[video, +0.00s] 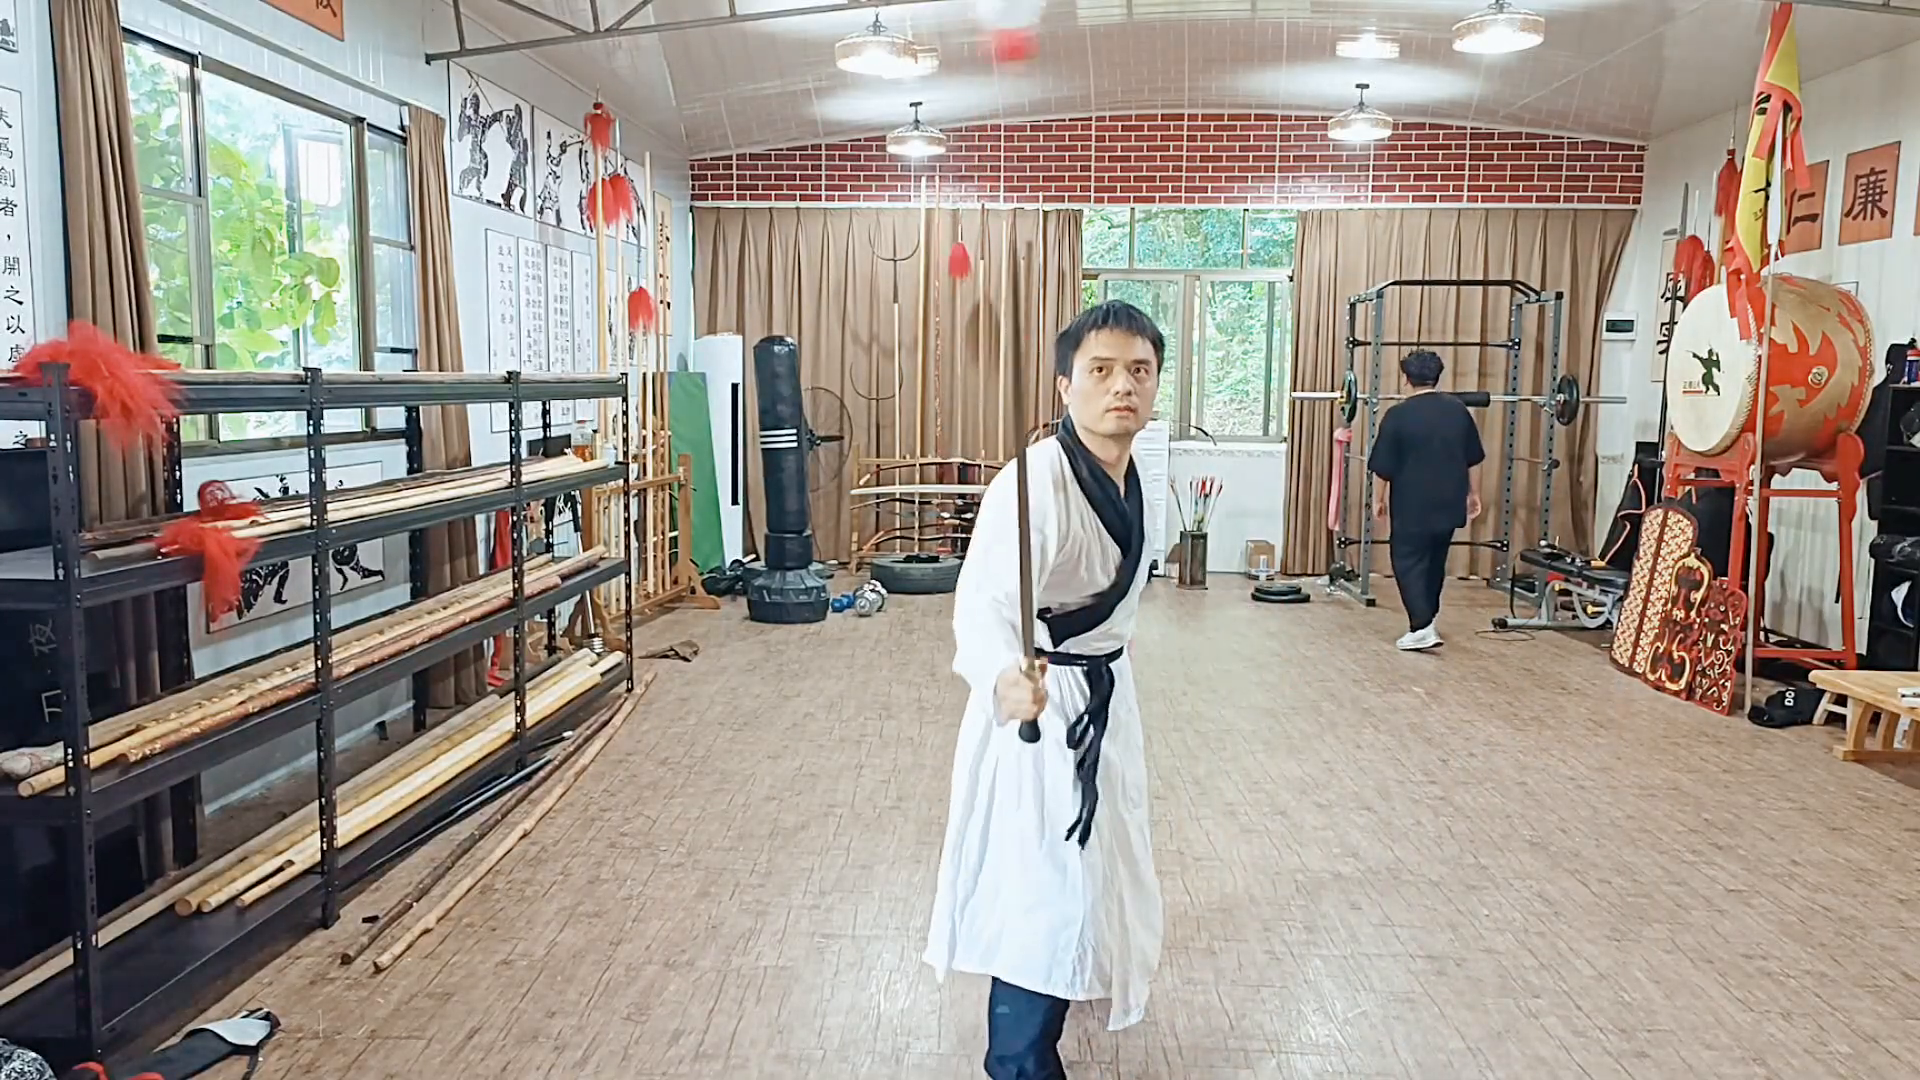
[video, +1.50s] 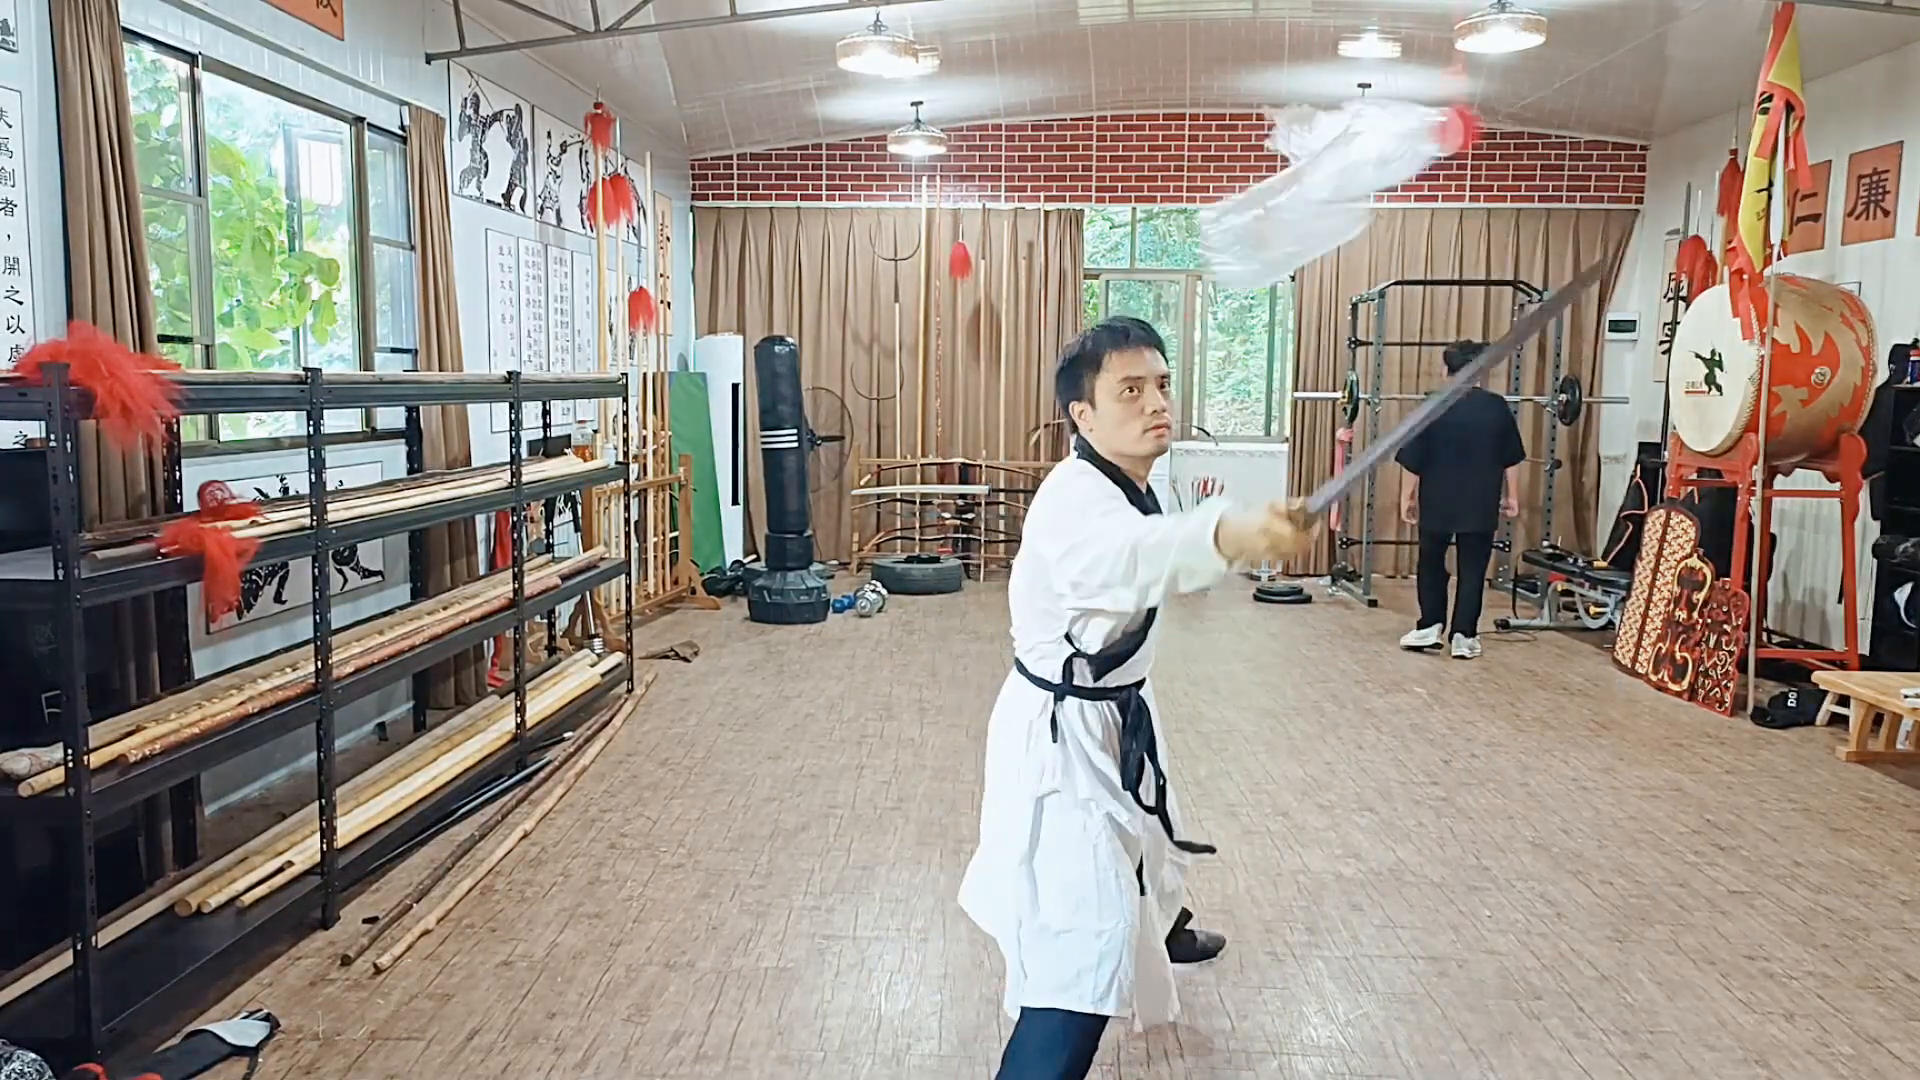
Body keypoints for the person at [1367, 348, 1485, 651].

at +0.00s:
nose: (1403, 380)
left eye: (1404, 376)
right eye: (1405, 376)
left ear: (1407, 379)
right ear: (1437, 377)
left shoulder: (1397, 414)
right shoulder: (1457, 408)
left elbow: (1382, 465)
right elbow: (1473, 457)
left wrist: (1380, 499)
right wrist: (1474, 491)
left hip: (1411, 505)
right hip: (1448, 503)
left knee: (1407, 563)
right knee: (1435, 562)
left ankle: (1422, 628)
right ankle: (1425, 623)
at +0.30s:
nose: (1403, 378)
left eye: (1404, 374)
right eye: (1404, 374)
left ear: (1409, 378)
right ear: (1438, 376)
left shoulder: (1400, 413)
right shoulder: (1457, 407)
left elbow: (1382, 464)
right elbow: (1471, 457)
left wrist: (1380, 495)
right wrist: (1462, 487)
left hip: (1411, 505)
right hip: (1450, 504)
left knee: (1407, 563)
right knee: (1437, 564)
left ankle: (1422, 629)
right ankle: (1427, 625)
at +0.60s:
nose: (1400, 378)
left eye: (1401, 374)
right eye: (1401, 374)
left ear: (1407, 377)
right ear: (1436, 375)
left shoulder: (1399, 412)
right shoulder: (1459, 408)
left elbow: (1380, 467)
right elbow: (1472, 460)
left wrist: (1370, 505)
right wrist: (1466, 501)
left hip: (1409, 509)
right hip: (1450, 509)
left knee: (1411, 569)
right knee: (1442, 565)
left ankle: (1424, 633)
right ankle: (1432, 619)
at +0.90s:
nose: (1403, 375)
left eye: (1404, 370)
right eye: (1404, 370)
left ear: (1410, 372)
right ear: (1441, 370)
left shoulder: (1399, 408)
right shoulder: (1466, 406)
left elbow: (1382, 462)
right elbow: (1482, 456)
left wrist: (1376, 499)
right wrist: (1486, 488)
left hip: (1414, 506)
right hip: (1455, 504)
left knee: (1410, 569)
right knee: (1453, 567)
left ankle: (1424, 632)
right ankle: (1459, 623)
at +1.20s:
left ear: (1439, 376)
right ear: (1476, 378)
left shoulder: (1427, 410)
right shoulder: (1489, 410)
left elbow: (1408, 457)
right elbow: (1507, 454)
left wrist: (1401, 497)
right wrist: (1506, 493)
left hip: (1432, 500)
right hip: (1476, 505)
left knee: (1423, 558)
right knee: (1470, 570)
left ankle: (1412, 617)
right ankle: (1463, 636)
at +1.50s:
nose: (1443, 373)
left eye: (1444, 369)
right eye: (1446, 368)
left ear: (1448, 371)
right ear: (1481, 370)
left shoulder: (1434, 405)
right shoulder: (1496, 406)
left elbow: (1414, 457)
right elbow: (1511, 457)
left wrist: (1407, 495)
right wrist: (1513, 495)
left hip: (1437, 505)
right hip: (1480, 508)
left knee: (1430, 565)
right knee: (1472, 573)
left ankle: (1429, 627)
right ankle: (1463, 637)